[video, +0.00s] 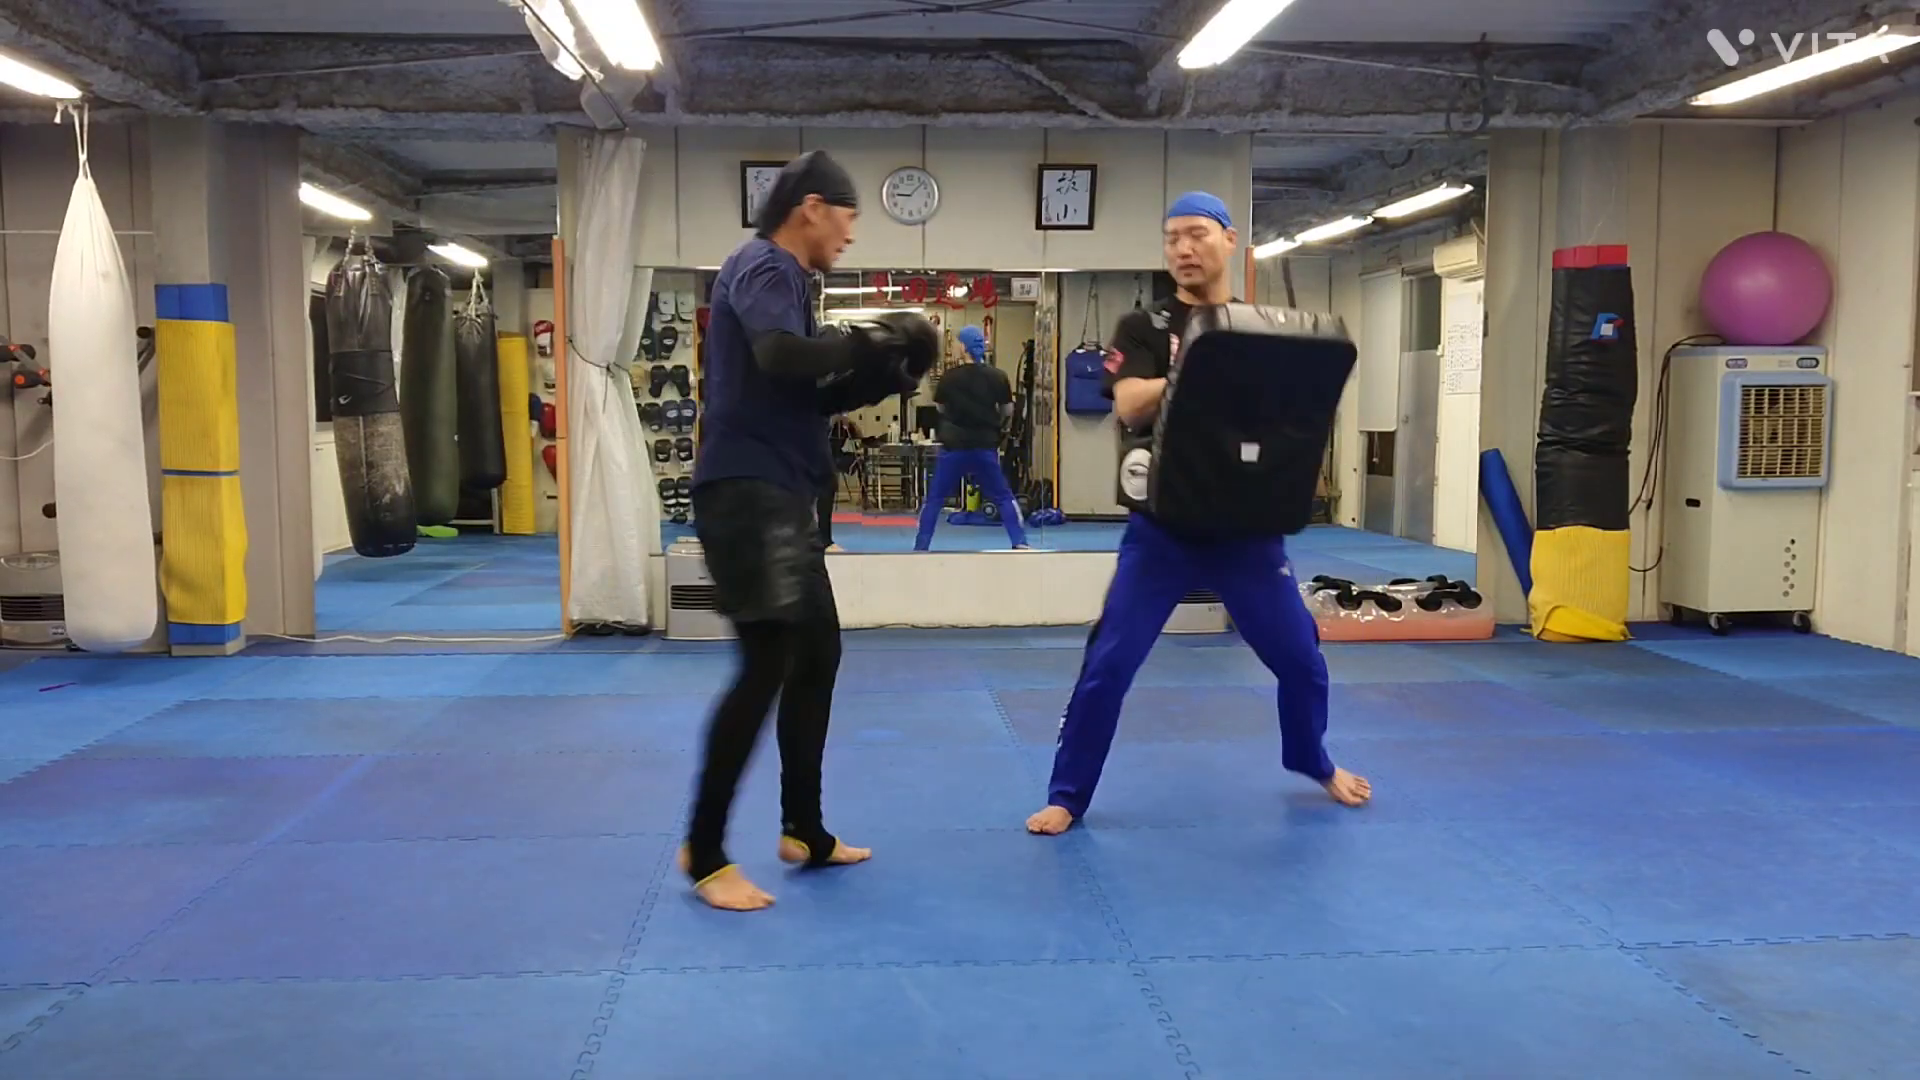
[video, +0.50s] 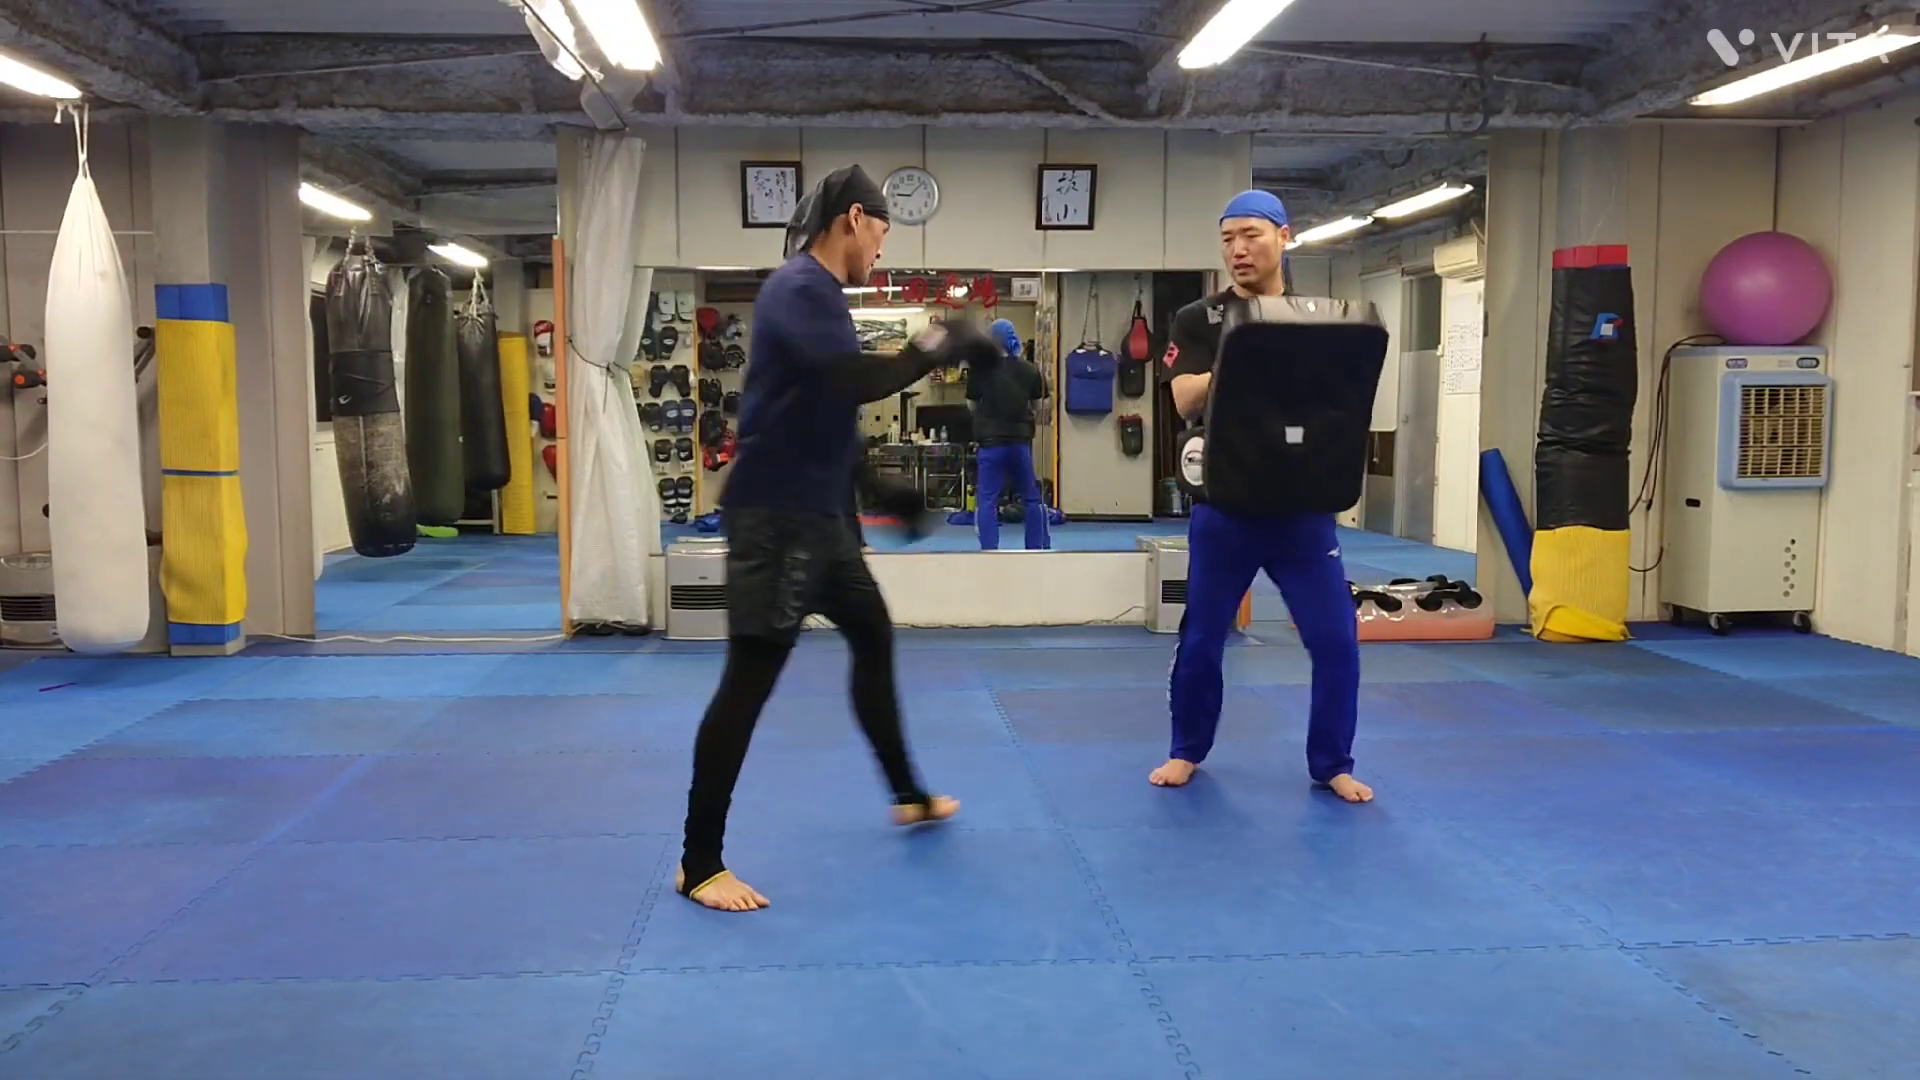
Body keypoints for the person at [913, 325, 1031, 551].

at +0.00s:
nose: (956, 347)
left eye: (958, 344)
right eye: (958, 343)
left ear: (964, 348)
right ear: (982, 346)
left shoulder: (951, 375)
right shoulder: (998, 376)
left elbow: (940, 406)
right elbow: (1007, 410)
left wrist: (957, 416)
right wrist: (993, 425)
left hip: (953, 447)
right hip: (984, 447)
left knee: (935, 498)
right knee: (1003, 497)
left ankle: (921, 546)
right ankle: (1019, 543)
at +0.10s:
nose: (968, 351)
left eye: (971, 347)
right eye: (970, 347)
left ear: (978, 351)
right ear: (993, 351)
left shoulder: (964, 379)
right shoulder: (1008, 378)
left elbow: (952, 411)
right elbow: (1020, 412)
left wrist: (973, 420)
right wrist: (999, 422)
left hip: (966, 450)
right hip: (997, 450)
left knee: (943, 501)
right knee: (1013, 503)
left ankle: (922, 549)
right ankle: (1033, 550)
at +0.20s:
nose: (977, 347)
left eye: (981, 343)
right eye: (978, 342)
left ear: (991, 348)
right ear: (1002, 348)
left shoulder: (974, 375)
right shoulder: (1019, 376)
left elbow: (965, 401)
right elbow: (1029, 399)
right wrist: (1004, 396)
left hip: (978, 447)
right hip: (1008, 447)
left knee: (956, 498)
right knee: (1022, 499)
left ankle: (930, 545)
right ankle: (1033, 548)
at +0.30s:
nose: (983, 342)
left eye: (986, 338)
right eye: (985, 337)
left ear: (995, 343)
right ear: (1009, 343)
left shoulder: (982, 371)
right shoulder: (1025, 371)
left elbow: (968, 403)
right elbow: (1035, 397)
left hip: (985, 443)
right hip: (1015, 443)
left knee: (964, 492)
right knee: (1022, 497)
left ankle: (953, 544)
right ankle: (1034, 548)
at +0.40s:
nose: (986, 342)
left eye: (988, 338)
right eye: (986, 337)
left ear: (995, 341)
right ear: (1011, 340)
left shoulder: (984, 368)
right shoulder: (1028, 369)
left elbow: (969, 391)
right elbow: (1037, 395)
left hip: (990, 439)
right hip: (1019, 439)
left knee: (981, 496)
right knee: (1025, 495)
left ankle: (987, 549)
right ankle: (1036, 546)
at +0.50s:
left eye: (990, 339)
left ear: (991, 342)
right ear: (1013, 340)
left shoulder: (981, 367)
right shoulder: (1027, 369)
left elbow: (972, 400)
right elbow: (1038, 400)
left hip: (990, 441)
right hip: (1019, 440)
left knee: (987, 497)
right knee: (1030, 495)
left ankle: (989, 549)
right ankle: (1036, 547)